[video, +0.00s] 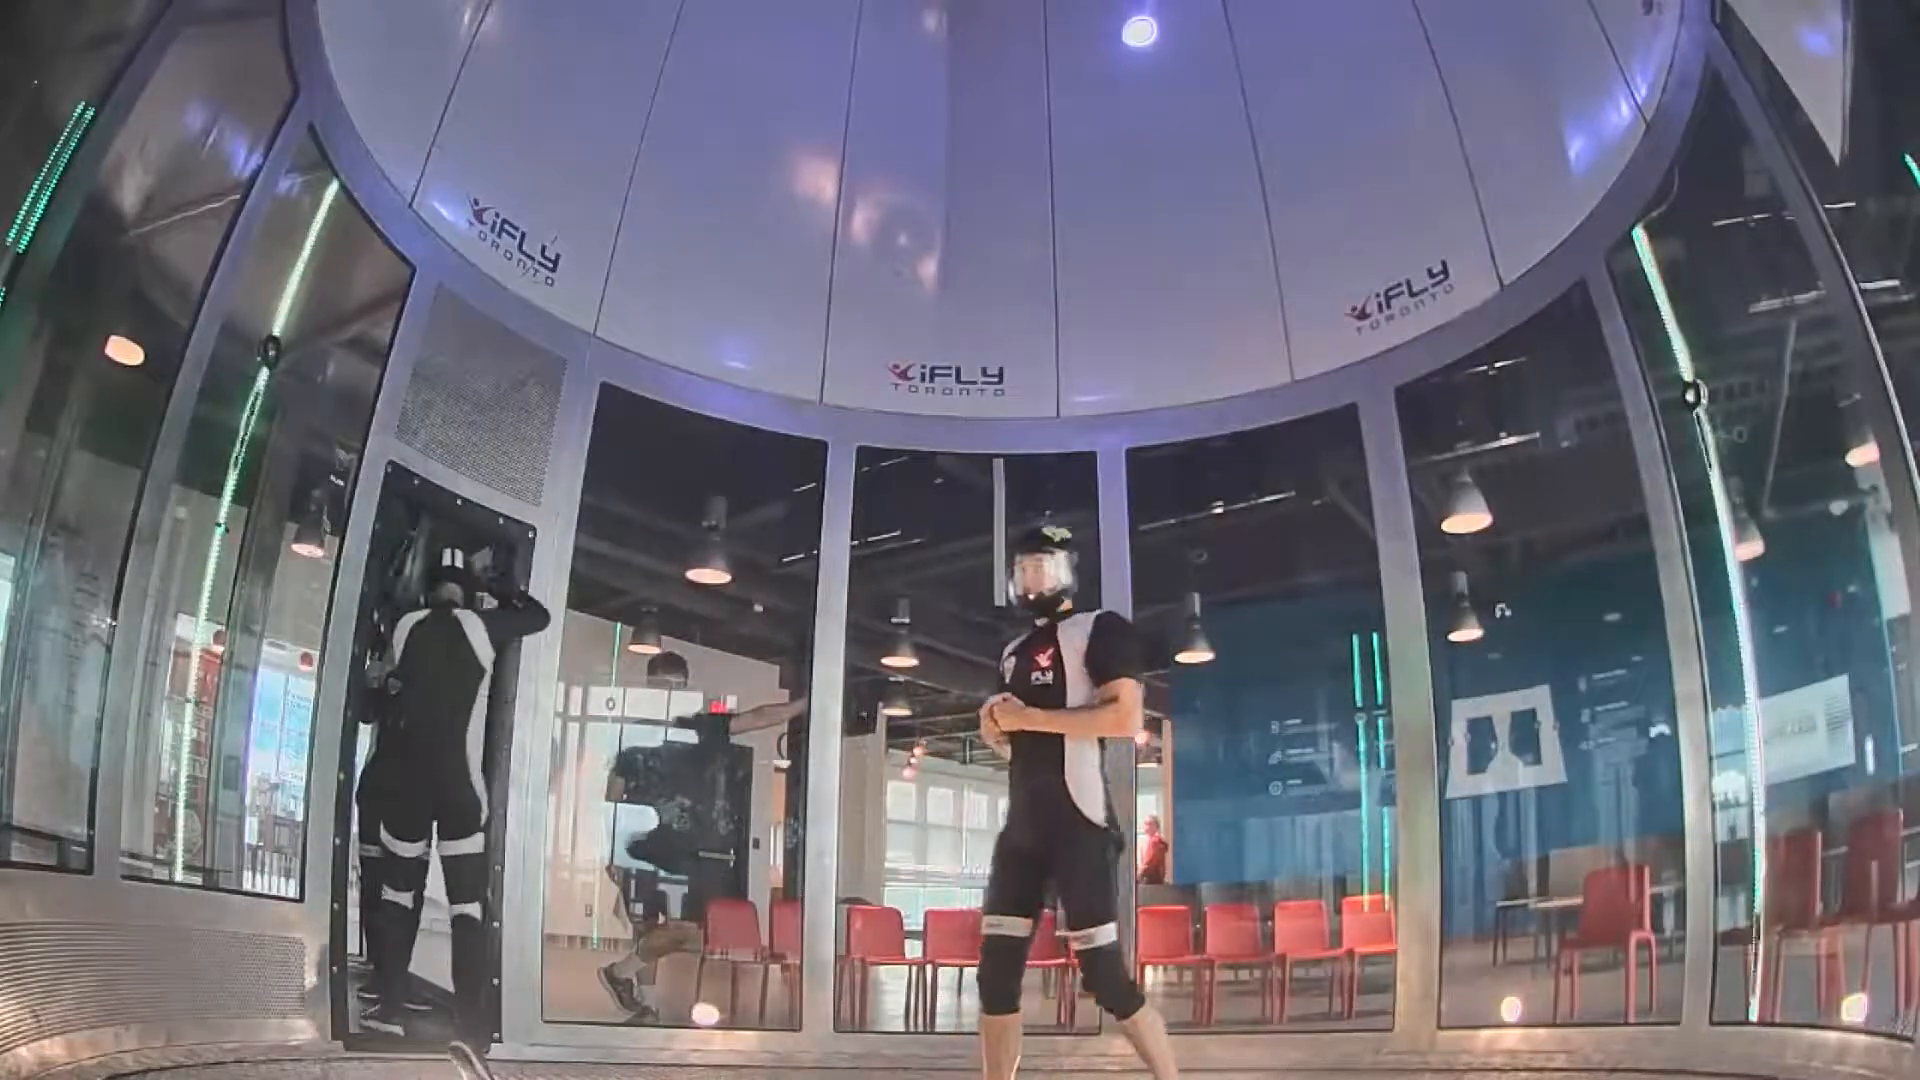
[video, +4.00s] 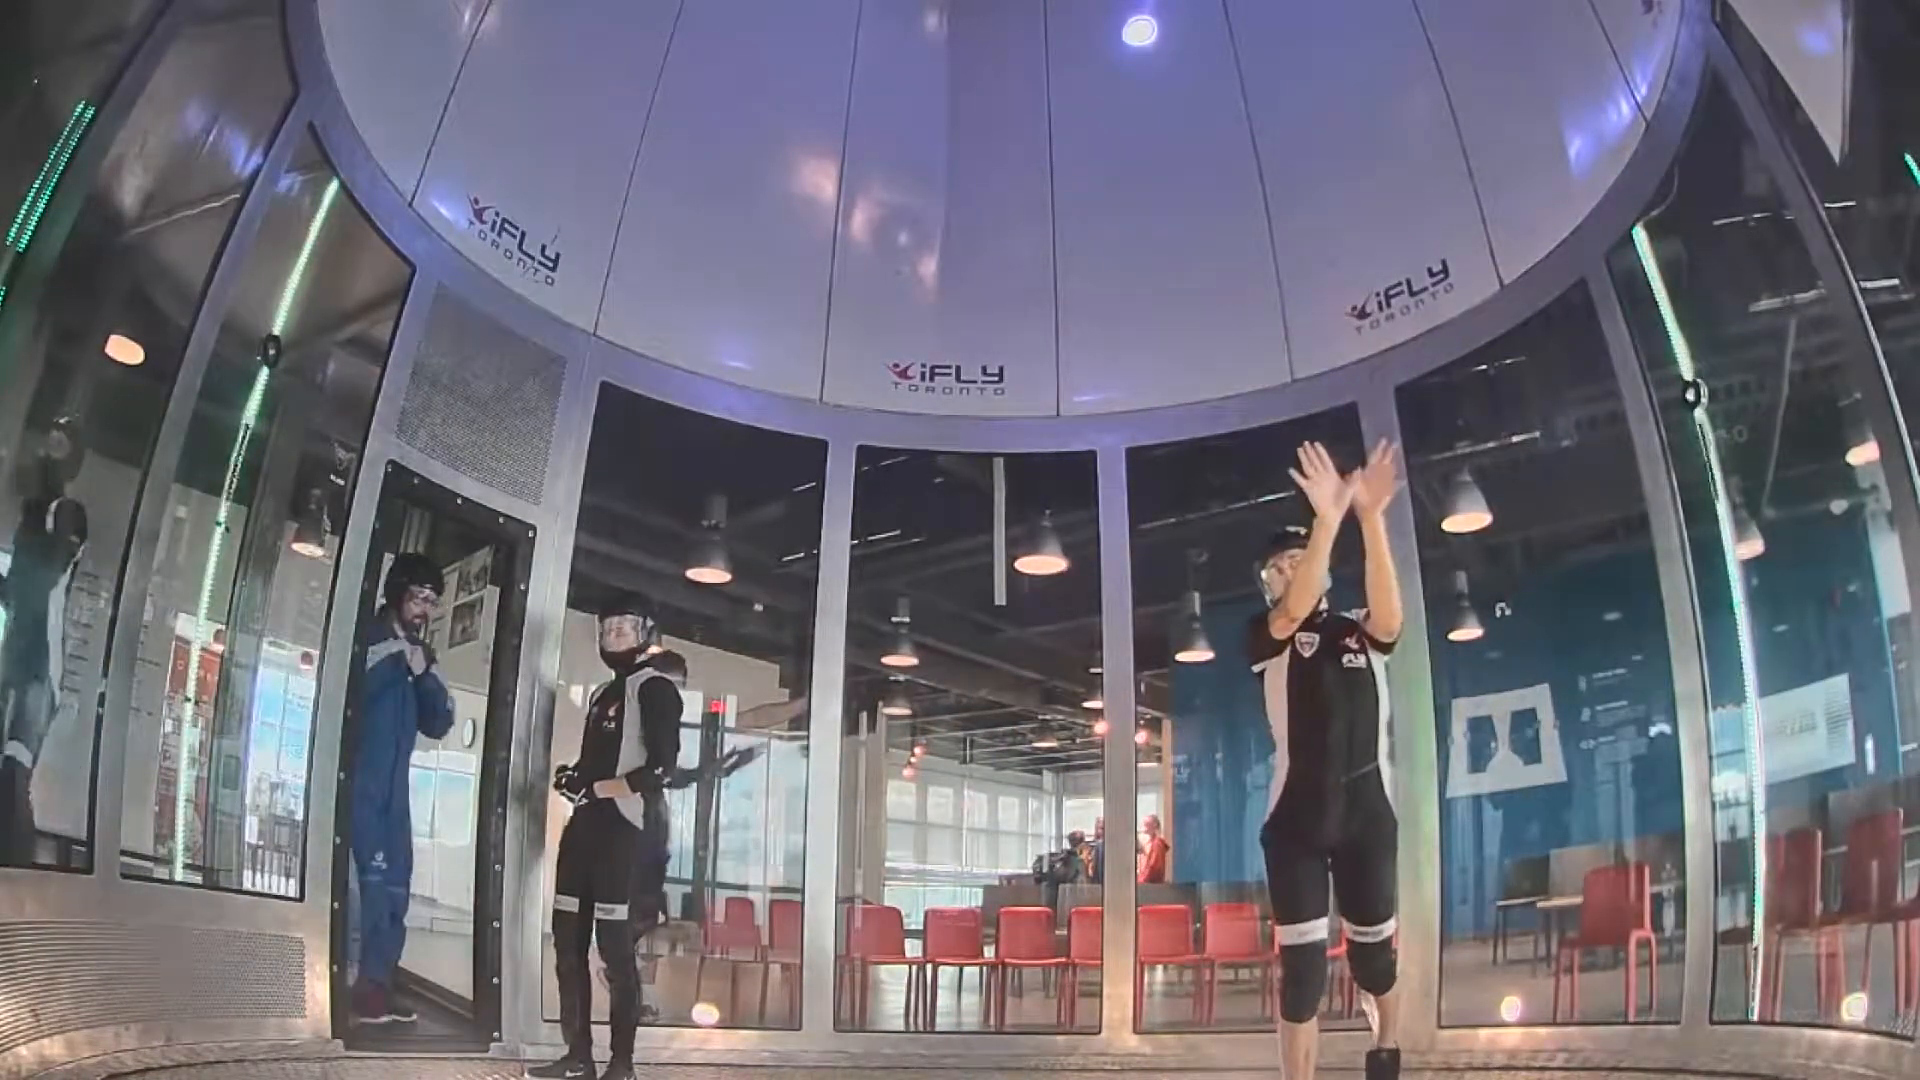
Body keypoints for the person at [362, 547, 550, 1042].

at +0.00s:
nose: (459, 600)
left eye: (451, 592)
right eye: (462, 593)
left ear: (429, 593)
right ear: (468, 595)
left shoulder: (403, 625)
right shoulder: (485, 626)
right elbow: (539, 616)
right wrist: (500, 591)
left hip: (405, 778)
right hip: (459, 781)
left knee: (398, 892)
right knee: (467, 905)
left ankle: (388, 1005)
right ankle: (470, 1022)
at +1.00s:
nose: (438, 632)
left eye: (445, 624)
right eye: (431, 623)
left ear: (455, 628)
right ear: (418, 625)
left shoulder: (462, 680)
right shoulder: (401, 666)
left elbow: (464, 738)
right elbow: (386, 690)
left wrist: (459, 784)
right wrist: (398, 647)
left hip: (436, 790)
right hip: (393, 784)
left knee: (433, 891)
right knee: (382, 883)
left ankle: (422, 984)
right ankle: (379, 971)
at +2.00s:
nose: (446, 585)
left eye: (455, 578)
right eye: (438, 575)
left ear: (466, 584)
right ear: (423, 578)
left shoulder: (477, 638)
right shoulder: (395, 629)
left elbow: (499, 706)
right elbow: (358, 699)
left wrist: (466, 679)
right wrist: (385, 662)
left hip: (441, 773)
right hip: (389, 768)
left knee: (441, 890)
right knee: (383, 884)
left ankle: (429, 1004)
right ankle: (385, 1003)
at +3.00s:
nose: (558, 617)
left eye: (568, 608)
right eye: (550, 608)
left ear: (585, 615)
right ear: (540, 615)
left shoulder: (597, 667)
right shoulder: (540, 677)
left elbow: (650, 729)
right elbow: (540, 741)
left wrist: (586, 733)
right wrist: (518, 746)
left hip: (582, 812)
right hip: (543, 809)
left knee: (544, 930)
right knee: (542, 932)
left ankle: (548, 1053)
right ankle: (576, 1052)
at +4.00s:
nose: (615, 636)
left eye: (625, 628)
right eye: (608, 629)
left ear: (645, 635)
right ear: (600, 636)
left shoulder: (655, 686)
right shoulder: (600, 694)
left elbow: (666, 766)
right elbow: (596, 763)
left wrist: (603, 788)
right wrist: (573, 778)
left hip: (623, 826)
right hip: (584, 820)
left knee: (615, 948)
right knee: (568, 946)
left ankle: (620, 1061)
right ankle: (578, 1056)